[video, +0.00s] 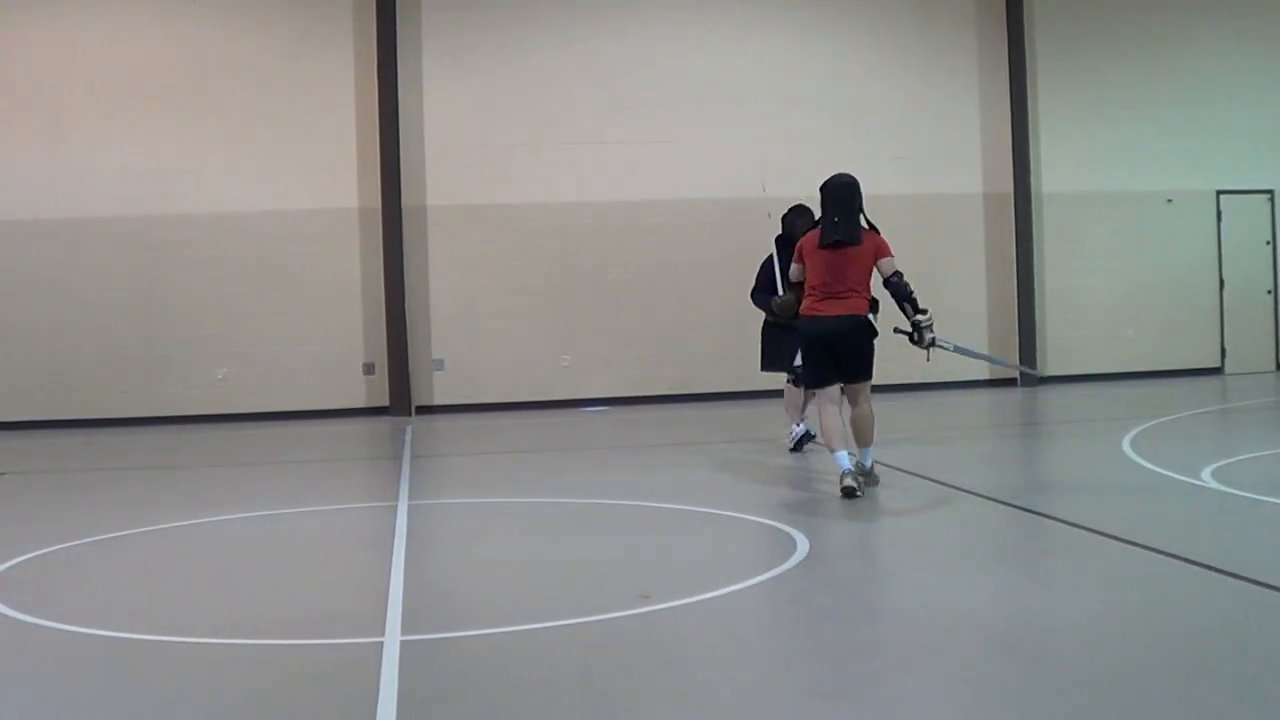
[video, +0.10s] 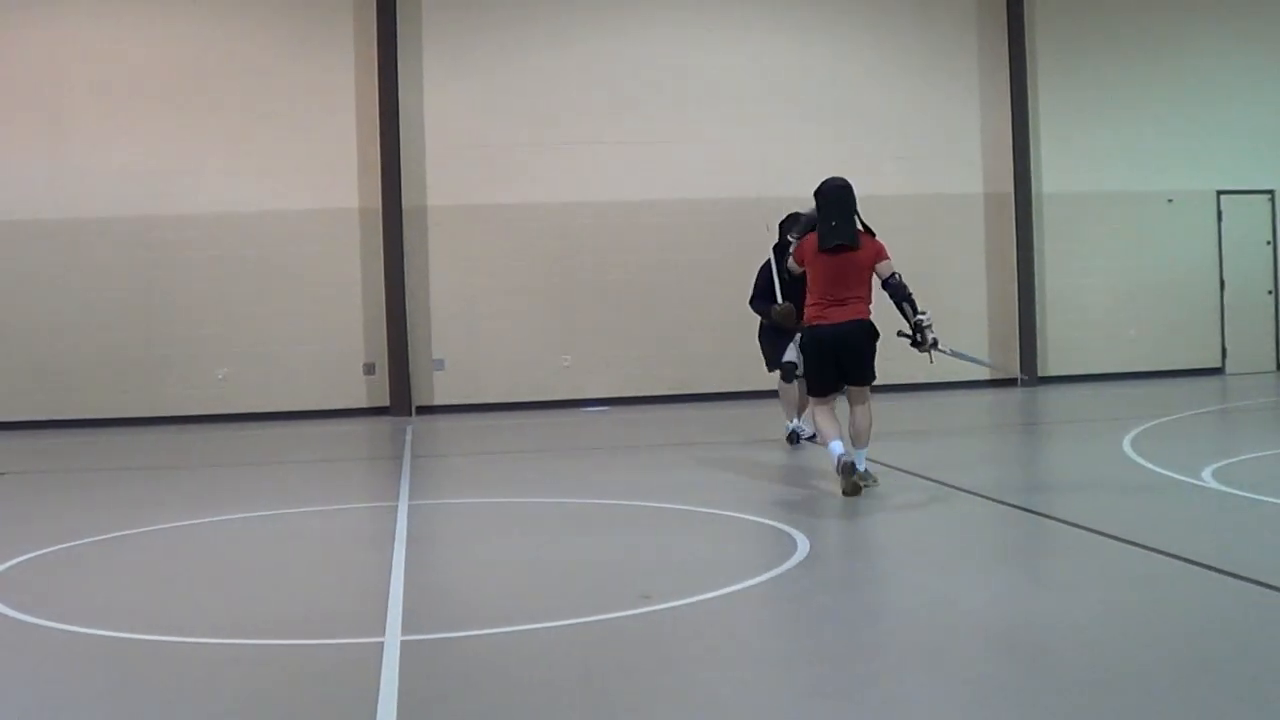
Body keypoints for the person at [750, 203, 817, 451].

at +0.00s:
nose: (808, 232)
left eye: (810, 226)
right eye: (803, 227)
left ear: (814, 227)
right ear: (790, 229)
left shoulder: (818, 256)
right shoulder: (778, 259)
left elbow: (840, 284)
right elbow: (758, 293)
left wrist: (867, 301)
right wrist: (774, 304)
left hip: (812, 322)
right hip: (785, 325)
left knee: (814, 375)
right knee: (796, 374)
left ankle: (799, 420)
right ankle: (796, 426)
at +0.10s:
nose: (798, 242)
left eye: (803, 237)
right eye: (794, 236)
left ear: (809, 238)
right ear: (784, 236)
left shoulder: (814, 263)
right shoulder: (774, 265)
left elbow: (822, 292)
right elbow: (756, 300)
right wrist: (773, 311)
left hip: (807, 325)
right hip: (777, 326)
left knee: (807, 372)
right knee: (788, 368)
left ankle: (800, 421)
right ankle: (791, 423)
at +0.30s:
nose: (784, 238)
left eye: (789, 231)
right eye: (779, 231)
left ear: (794, 231)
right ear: (770, 232)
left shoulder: (802, 254)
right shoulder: (758, 256)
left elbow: (814, 285)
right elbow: (743, 289)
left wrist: (804, 309)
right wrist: (761, 301)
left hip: (799, 317)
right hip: (767, 320)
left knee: (799, 375)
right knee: (769, 375)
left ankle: (796, 422)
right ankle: (766, 405)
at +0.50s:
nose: (770, 235)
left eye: (773, 230)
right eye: (764, 230)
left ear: (778, 229)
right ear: (754, 231)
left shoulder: (785, 254)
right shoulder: (743, 259)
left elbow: (797, 284)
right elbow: (730, 292)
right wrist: (750, 300)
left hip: (785, 318)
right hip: (753, 321)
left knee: (790, 371)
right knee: (753, 373)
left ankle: (793, 419)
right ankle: (751, 416)